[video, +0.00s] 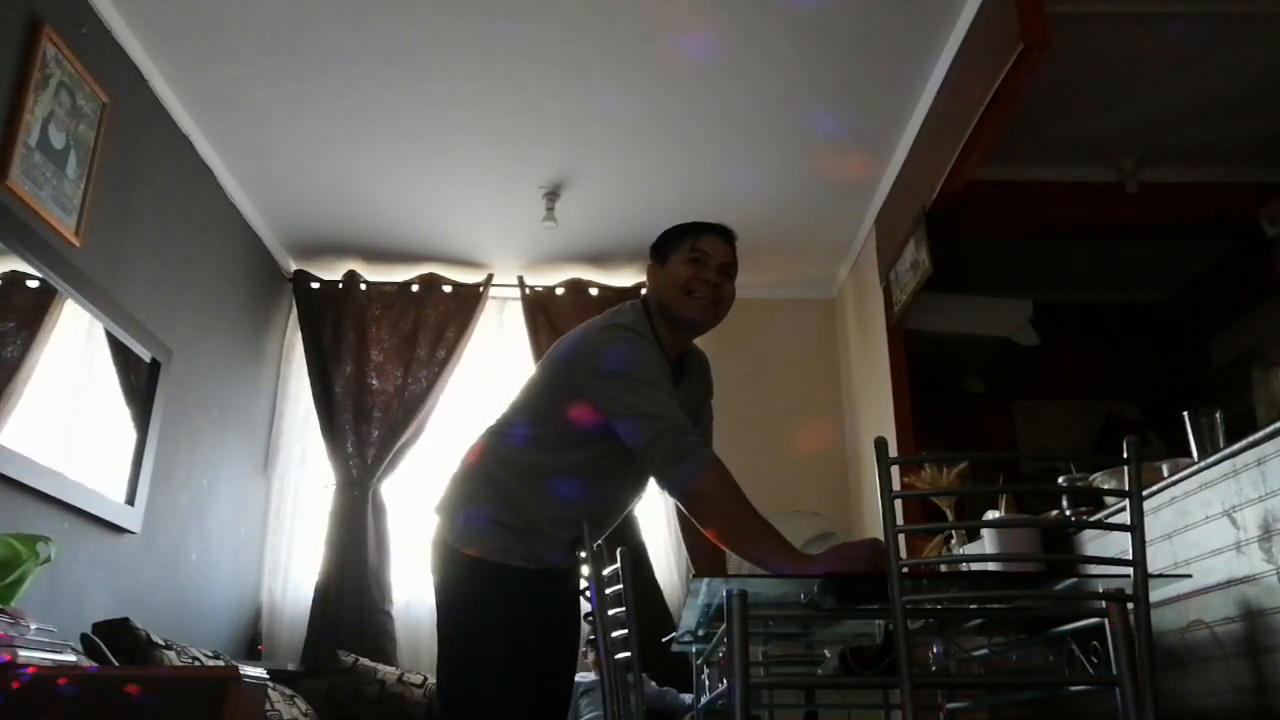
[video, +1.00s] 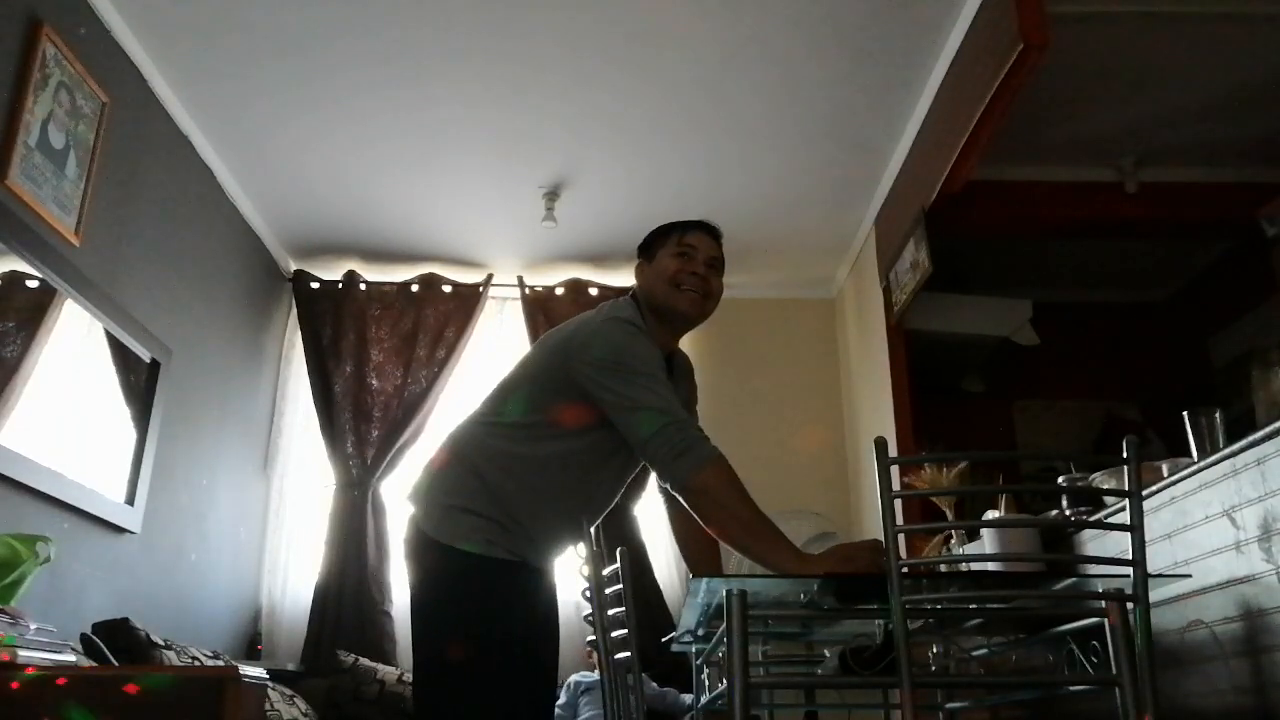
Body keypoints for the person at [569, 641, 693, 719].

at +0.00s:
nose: (600, 656)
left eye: (606, 650)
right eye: (594, 651)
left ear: (617, 653)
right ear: (585, 657)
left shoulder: (634, 681)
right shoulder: (579, 684)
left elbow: (668, 699)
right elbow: (570, 715)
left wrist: (700, 700)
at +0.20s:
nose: (600, 656)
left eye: (607, 650)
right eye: (595, 650)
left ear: (617, 652)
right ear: (585, 655)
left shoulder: (634, 681)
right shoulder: (578, 683)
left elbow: (666, 698)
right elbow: (569, 714)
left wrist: (699, 700)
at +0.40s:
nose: (600, 655)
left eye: (606, 649)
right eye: (594, 650)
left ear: (615, 652)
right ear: (585, 656)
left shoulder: (635, 681)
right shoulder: (576, 684)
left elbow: (668, 699)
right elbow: (568, 715)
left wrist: (700, 699)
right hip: (591, 716)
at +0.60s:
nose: (601, 654)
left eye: (605, 648)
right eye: (595, 649)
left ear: (615, 651)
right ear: (586, 655)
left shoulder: (635, 680)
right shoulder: (576, 684)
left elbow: (669, 699)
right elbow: (563, 716)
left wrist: (701, 699)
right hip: (592, 717)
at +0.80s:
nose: (602, 654)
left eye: (607, 648)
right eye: (596, 649)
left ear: (616, 651)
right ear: (588, 656)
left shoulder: (635, 680)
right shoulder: (576, 683)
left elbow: (670, 700)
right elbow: (562, 715)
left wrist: (702, 699)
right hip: (592, 715)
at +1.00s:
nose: (606, 654)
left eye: (611, 648)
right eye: (600, 649)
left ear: (619, 651)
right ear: (590, 655)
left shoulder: (635, 680)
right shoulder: (578, 682)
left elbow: (669, 700)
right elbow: (561, 715)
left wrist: (701, 700)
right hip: (591, 715)